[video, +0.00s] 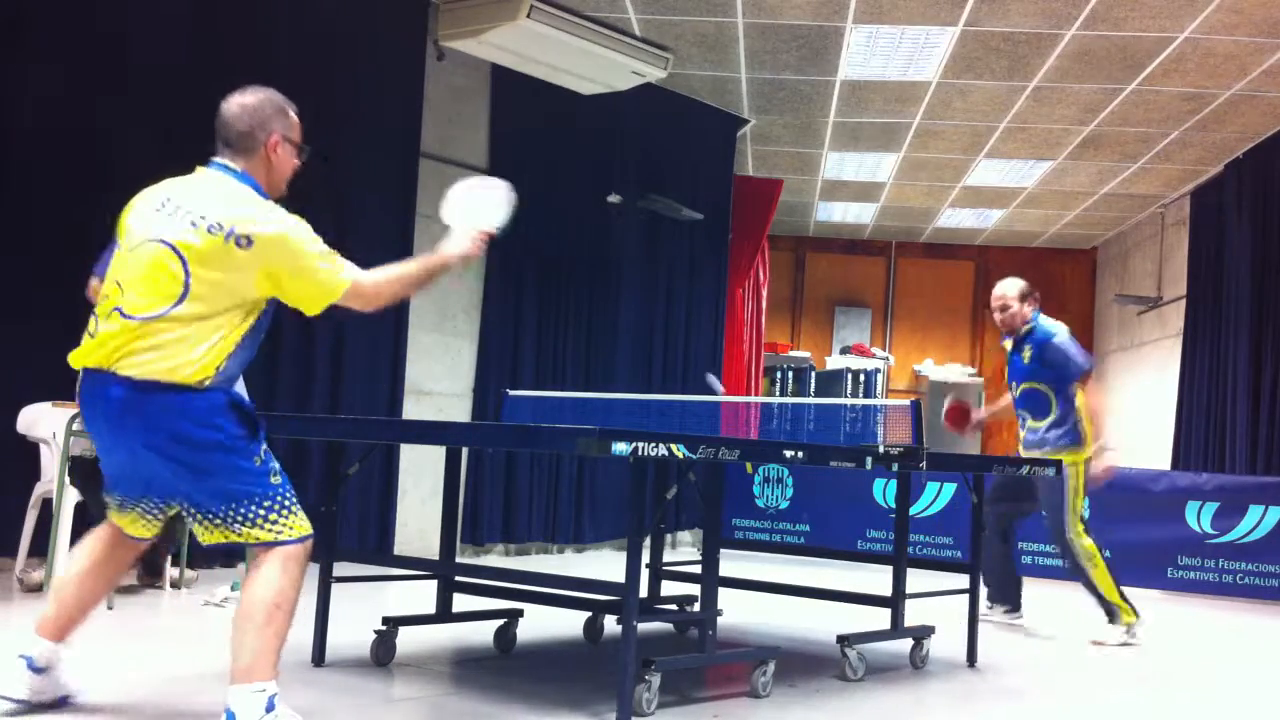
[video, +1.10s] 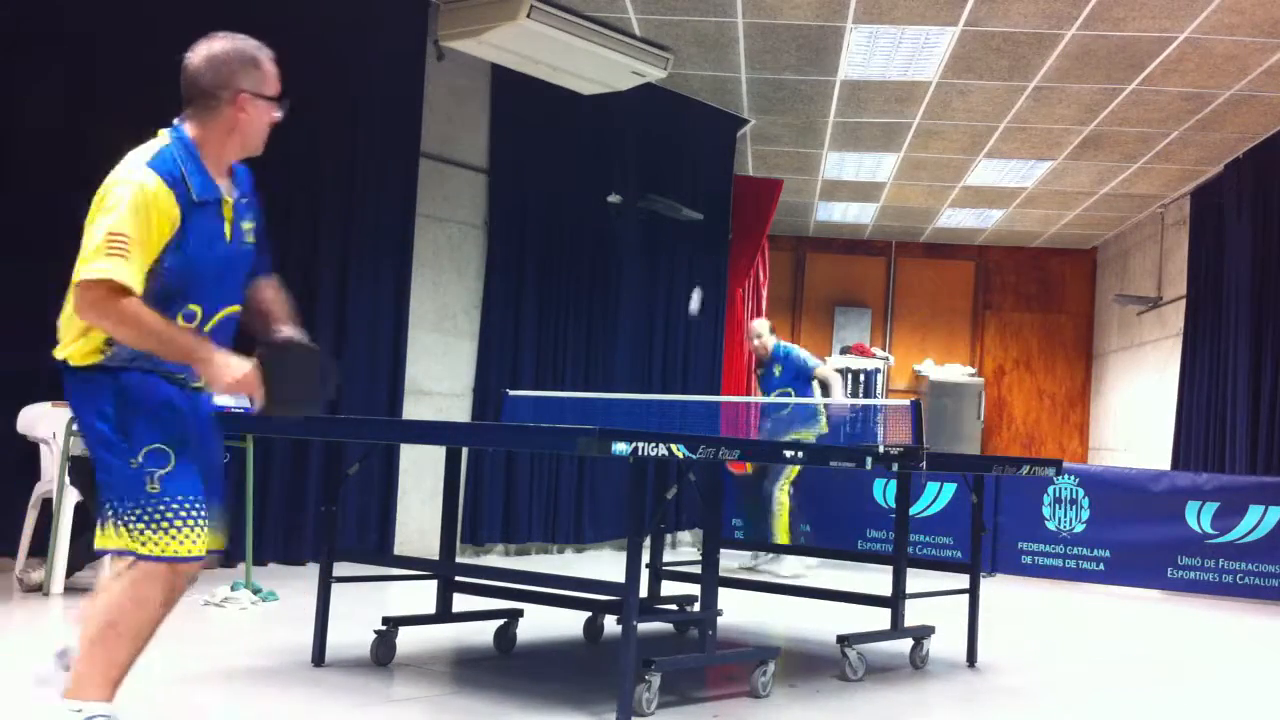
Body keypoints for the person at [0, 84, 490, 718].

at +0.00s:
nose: (297, 161)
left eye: (298, 148)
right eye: (296, 147)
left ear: (223, 142)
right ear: (273, 145)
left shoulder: (154, 197)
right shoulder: (270, 226)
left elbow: (102, 289)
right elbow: (366, 292)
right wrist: (449, 256)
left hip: (103, 390)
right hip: (183, 401)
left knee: (134, 519)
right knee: (286, 540)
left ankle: (35, 661)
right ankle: (252, 702)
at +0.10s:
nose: (271, 145)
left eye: (271, 132)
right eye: (268, 132)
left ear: (197, 132)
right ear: (248, 133)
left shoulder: (131, 192)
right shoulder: (243, 214)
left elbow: (83, 287)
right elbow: (323, 296)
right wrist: (397, 265)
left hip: (91, 386)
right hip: (170, 395)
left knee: (99, 529)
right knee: (261, 539)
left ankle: (7, 669)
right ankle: (250, 703)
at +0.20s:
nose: (250, 136)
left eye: (249, 124)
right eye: (247, 124)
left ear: (176, 125)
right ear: (227, 127)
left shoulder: (117, 182)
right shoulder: (210, 200)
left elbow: (77, 285)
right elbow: (262, 301)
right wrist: (343, 292)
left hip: (66, 373)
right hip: (139, 378)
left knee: (83, 529)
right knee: (222, 529)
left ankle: (4, 669)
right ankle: (238, 700)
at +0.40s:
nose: (219, 130)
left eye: (220, 118)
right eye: (219, 118)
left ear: (150, 113)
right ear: (202, 115)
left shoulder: (82, 172)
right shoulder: (190, 178)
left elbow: (27, 271)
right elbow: (193, 282)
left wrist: (85, 319)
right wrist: (244, 325)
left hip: (49, 363)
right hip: (132, 367)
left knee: (52, 529)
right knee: (172, 537)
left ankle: (3, 678)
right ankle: (142, 706)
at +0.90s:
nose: (241, 123)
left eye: (241, 111)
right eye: (239, 111)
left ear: (172, 112)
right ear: (212, 116)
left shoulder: (129, 163)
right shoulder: (166, 185)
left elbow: (91, 283)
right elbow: (135, 295)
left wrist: (178, 352)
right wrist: (226, 340)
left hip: (52, 368)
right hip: (96, 376)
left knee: (76, 534)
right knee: (184, 543)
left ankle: (2, 674)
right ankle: (97, 704)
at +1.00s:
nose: (252, 117)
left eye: (252, 104)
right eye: (248, 103)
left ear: (192, 106)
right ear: (221, 109)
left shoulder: (164, 169)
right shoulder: (159, 182)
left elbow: (160, 294)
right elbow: (119, 299)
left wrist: (224, 339)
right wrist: (227, 339)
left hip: (108, 377)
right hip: (113, 381)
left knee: (108, 539)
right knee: (179, 551)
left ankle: (15, 671)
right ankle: (87, 708)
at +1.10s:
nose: (278, 115)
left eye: (277, 102)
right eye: (271, 100)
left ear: (228, 103)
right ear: (234, 102)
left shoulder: (235, 181)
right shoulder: (146, 178)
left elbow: (255, 279)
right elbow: (96, 297)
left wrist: (284, 334)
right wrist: (211, 358)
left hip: (183, 378)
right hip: (120, 374)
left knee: (188, 548)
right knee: (168, 546)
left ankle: (82, 665)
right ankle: (84, 702)